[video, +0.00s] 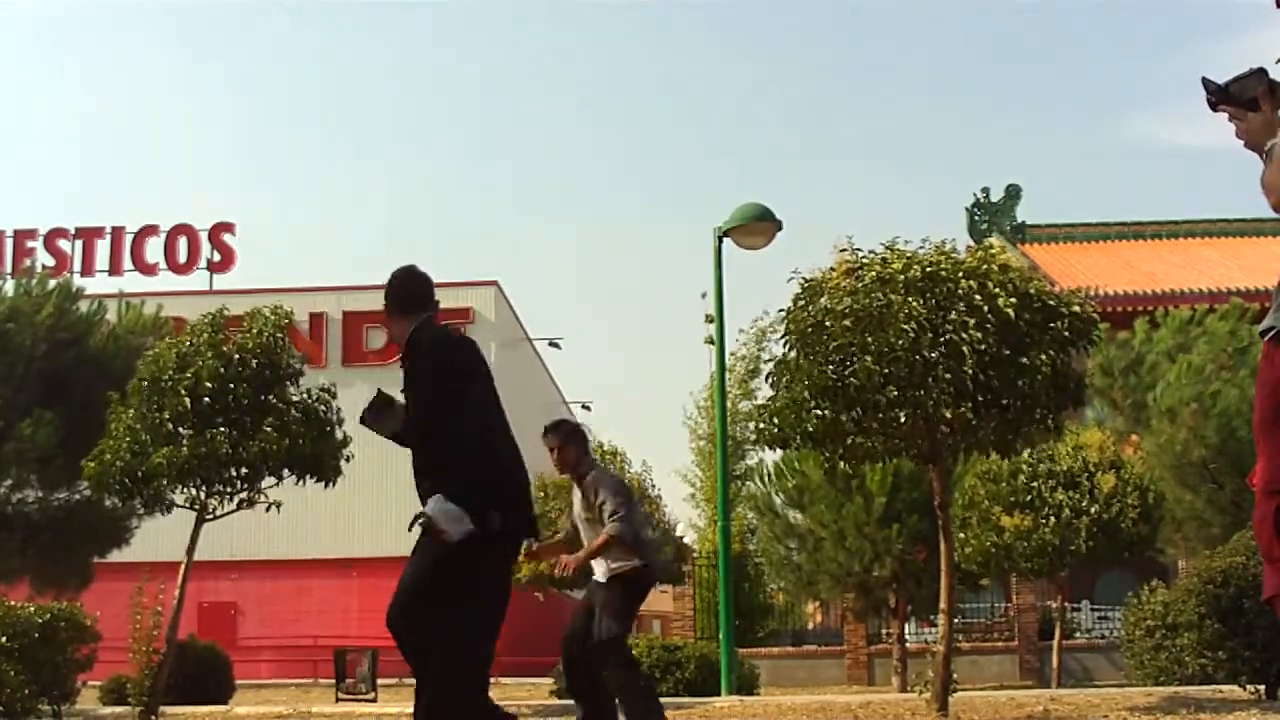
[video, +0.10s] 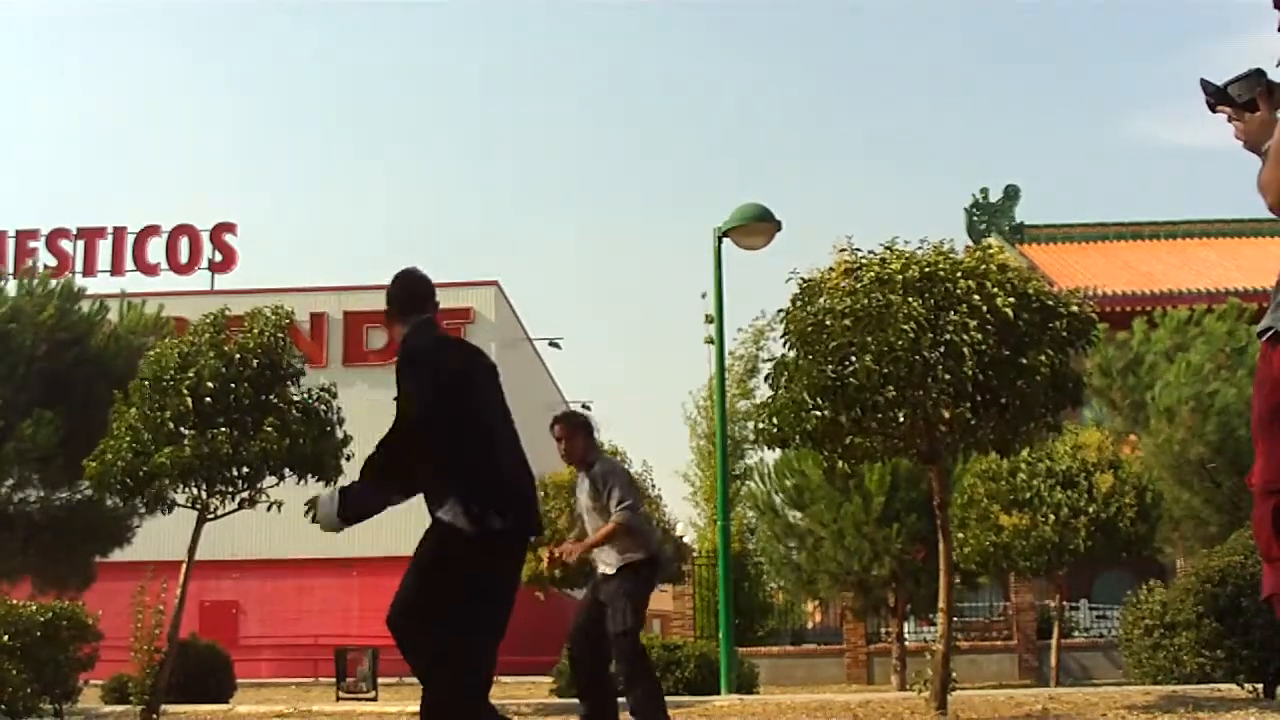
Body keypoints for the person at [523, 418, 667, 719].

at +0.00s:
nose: (554, 459)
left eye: (558, 450)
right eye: (550, 452)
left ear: (578, 446)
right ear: (553, 454)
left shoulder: (604, 483)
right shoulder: (579, 490)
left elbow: (618, 527)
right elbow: (573, 538)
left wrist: (581, 556)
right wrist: (543, 550)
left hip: (629, 574)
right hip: (605, 576)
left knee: (607, 645)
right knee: (575, 645)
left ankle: (649, 715)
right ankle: (599, 714)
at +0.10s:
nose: (561, 448)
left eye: (566, 440)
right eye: (558, 442)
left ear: (586, 437)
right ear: (558, 443)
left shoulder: (609, 470)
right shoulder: (583, 480)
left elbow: (626, 518)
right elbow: (589, 526)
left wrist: (585, 546)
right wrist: (566, 546)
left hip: (633, 568)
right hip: (606, 572)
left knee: (623, 643)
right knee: (582, 644)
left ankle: (652, 714)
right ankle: (599, 714)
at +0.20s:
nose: (569, 442)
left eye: (574, 434)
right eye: (565, 436)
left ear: (595, 433)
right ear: (564, 439)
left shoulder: (620, 470)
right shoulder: (583, 483)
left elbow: (638, 514)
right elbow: (581, 530)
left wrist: (604, 540)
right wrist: (556, 542)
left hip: (641, 567)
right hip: (610, 574)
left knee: (637, 632)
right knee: (585, 641)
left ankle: (658, 714)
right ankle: (601, 713)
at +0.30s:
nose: (579, 445)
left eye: (584, 436)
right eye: (575, 438)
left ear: (604, 434)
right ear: (575, 440)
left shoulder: (633, 475)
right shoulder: (584, 483)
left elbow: (653, 522)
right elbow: (577, 528)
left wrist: (635, 554)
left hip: (642, 575)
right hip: (606, 576)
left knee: (646, 640)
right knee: (585, 644)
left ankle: (675, 713)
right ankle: (600, 713)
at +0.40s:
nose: (592, 443)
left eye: (598, 435)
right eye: (588, 437)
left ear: (619, 436)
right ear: (586, 440)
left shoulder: (647, 480)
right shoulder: (590, 484)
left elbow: (674, 529)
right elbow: (578, 526)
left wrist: (677, 575)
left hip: (648, 585)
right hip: (608, 583)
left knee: (655, 660)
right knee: (587, 649)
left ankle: (676, 715)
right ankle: (599, 713)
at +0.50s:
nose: (606, 438)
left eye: (613, 430)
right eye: (602, 431)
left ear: (634, 430)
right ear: (599, 433)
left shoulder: (664, 476)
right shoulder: (591, 477)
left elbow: (694, 523)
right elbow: (568, 525)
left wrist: (716, 568)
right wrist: (580, 510)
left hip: (657, 586)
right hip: (609, 585)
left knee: (670, 660)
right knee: (596, 657)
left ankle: (678, 714)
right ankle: (601, 714)